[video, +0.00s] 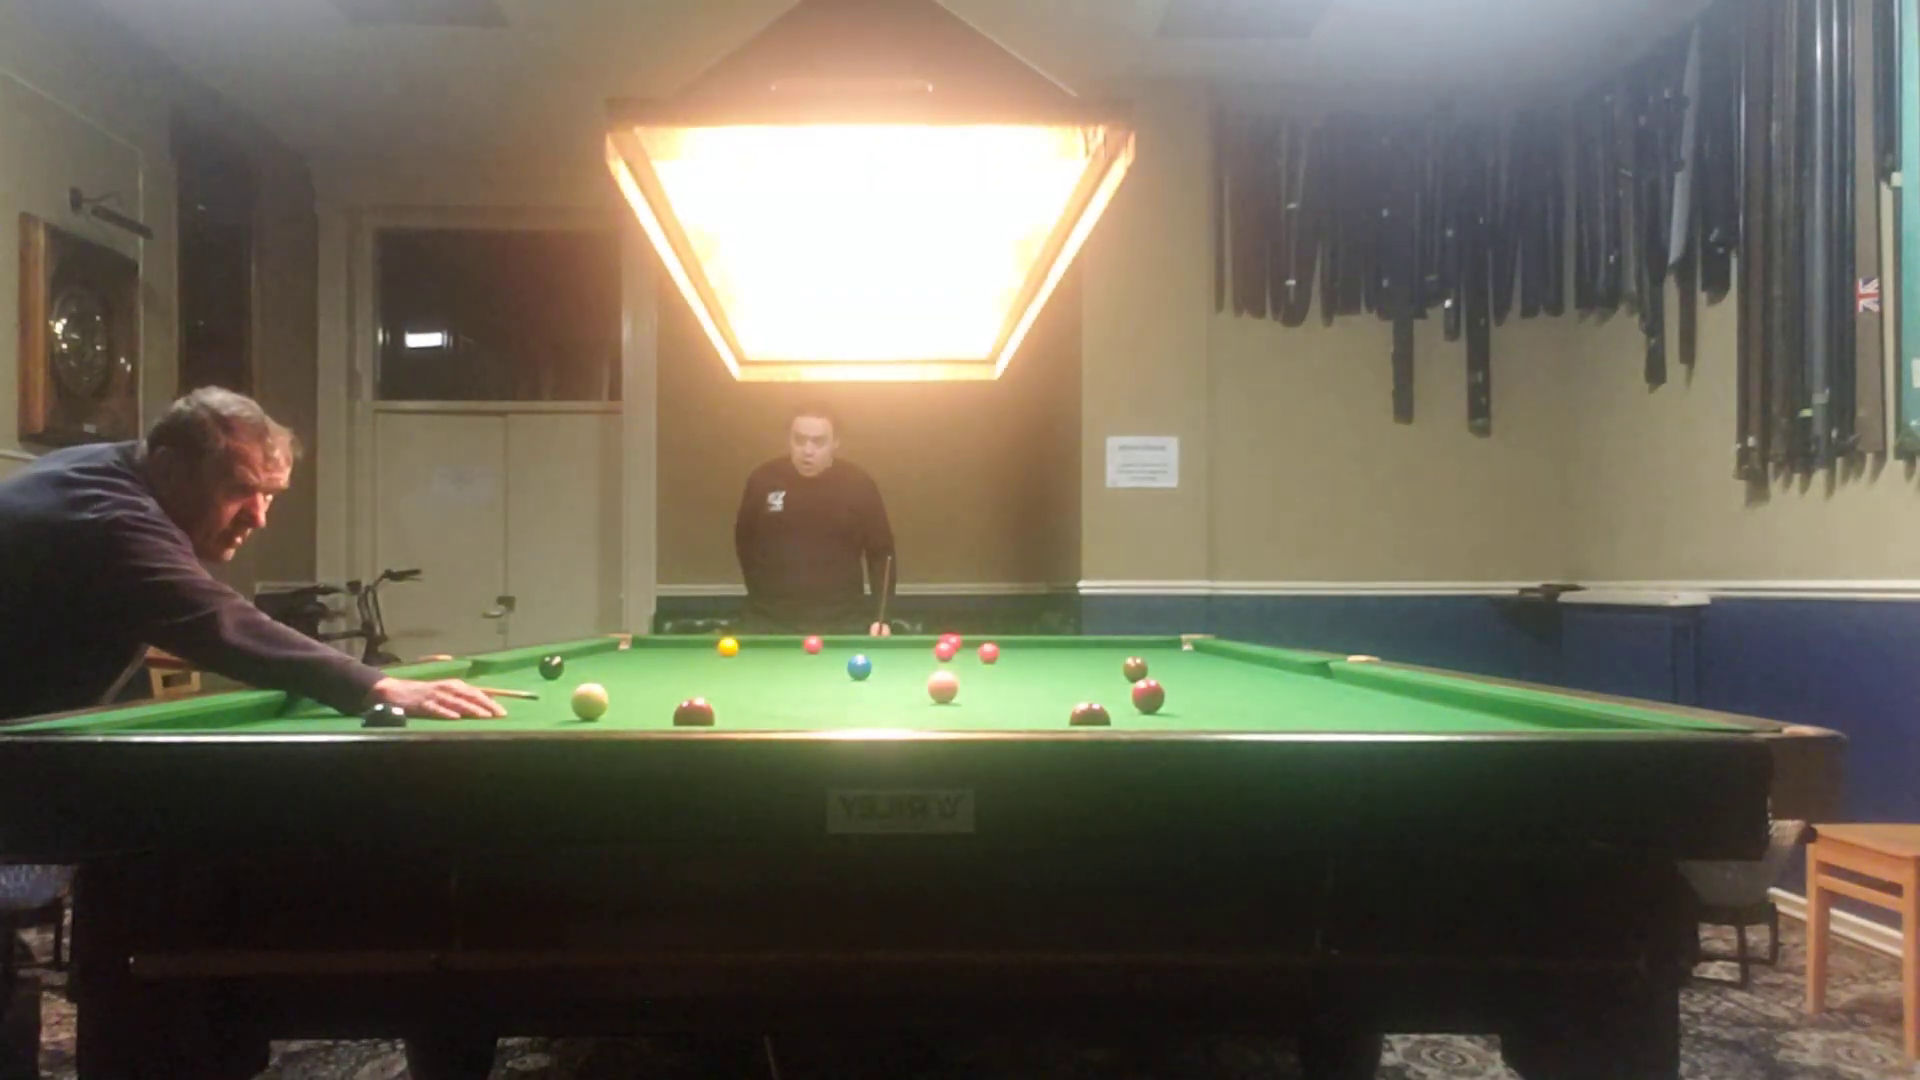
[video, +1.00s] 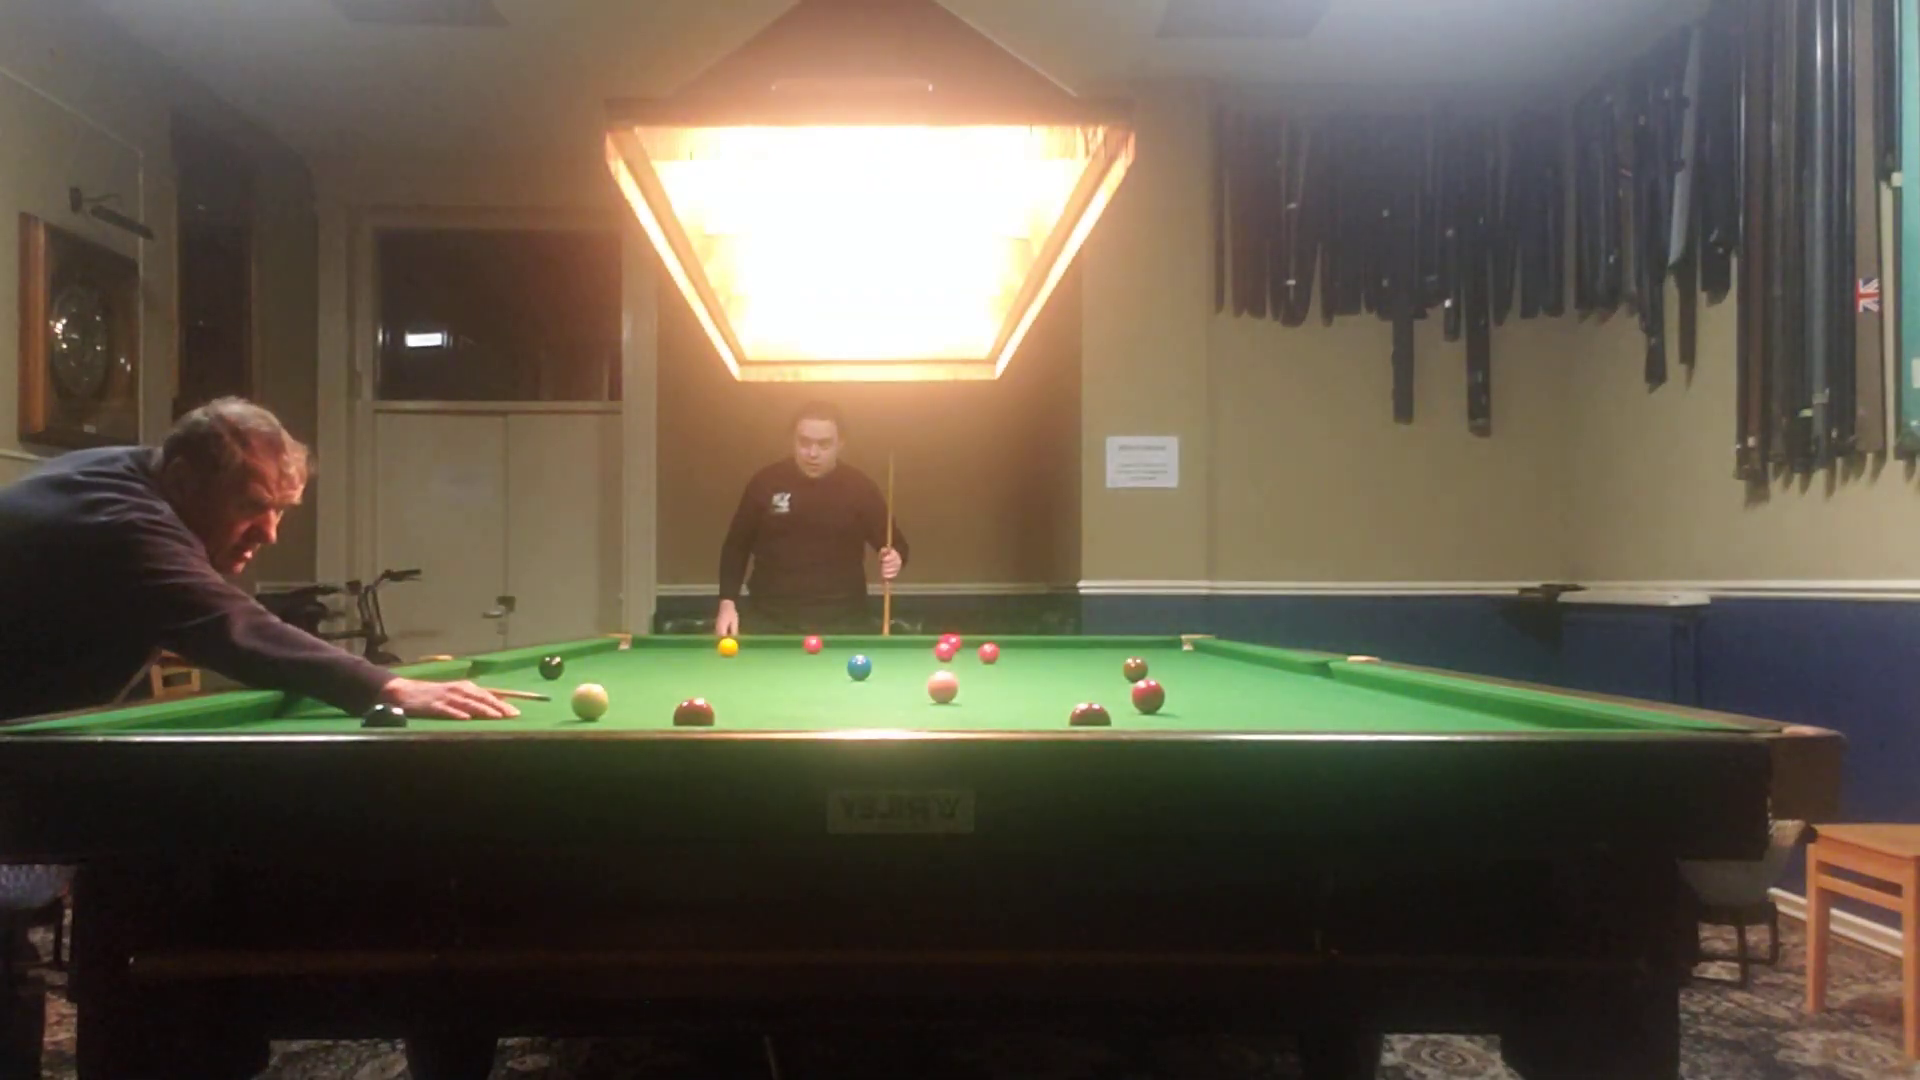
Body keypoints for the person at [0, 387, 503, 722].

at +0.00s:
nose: (258, 519)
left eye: (269, 499)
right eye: (244, 493)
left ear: (171, 464)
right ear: (177, 468)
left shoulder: (113, 470)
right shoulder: (116, 520)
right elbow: (229, 628)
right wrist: (383, 687)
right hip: (13, 736)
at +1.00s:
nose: (269, 534)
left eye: (281, 513)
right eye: (253, 507)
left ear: (179, 473)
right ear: (183, 478)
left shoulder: (127, 472)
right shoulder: (133, 529)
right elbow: (243, 632)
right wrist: (394, 687)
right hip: (11, 720)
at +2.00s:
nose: (270, 537)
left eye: (283, 516)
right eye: (255, 510)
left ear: (183, 476)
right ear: (187, 481)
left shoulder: (134, 474)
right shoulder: (135, 531)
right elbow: (241, 632)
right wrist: (394, 687)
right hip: (11, 719)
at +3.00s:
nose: (226, 420)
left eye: (236, 403)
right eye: (207, 396)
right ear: (144, 386)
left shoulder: (109, 440)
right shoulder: (86, 445)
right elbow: (154, 575)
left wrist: (120, 632)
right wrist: (296, 654)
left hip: (41, 745)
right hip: (16, 751)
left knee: (30, 945)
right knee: (24, 953)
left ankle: (27, 1061)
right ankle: (25, 1064)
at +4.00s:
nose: (124, 336)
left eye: (124, 318)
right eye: (103, 312)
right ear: (26, 316)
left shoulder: (46, 417)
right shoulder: (8, 410)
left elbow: (61, 574)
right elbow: (16, 561)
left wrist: (161, 658)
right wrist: (149, 654)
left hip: (48, 719)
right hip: (14, 723)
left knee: (30, 916)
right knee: (16, 919)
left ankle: (29, 1054)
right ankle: (23, 1058)